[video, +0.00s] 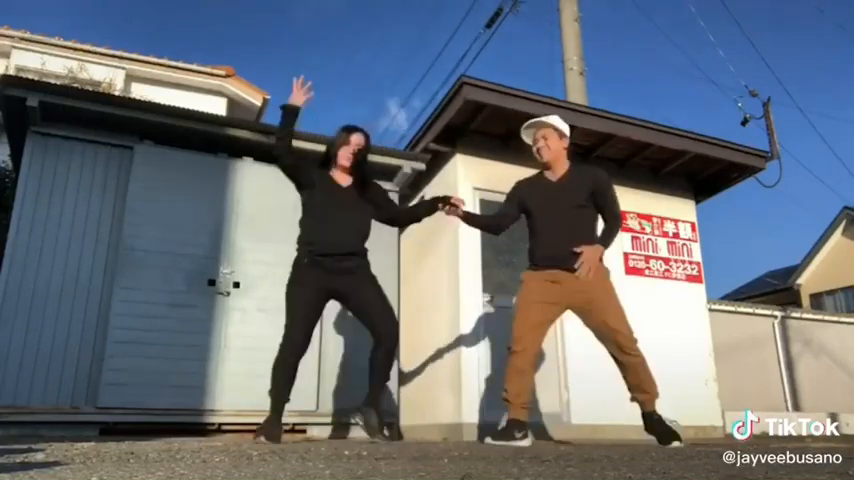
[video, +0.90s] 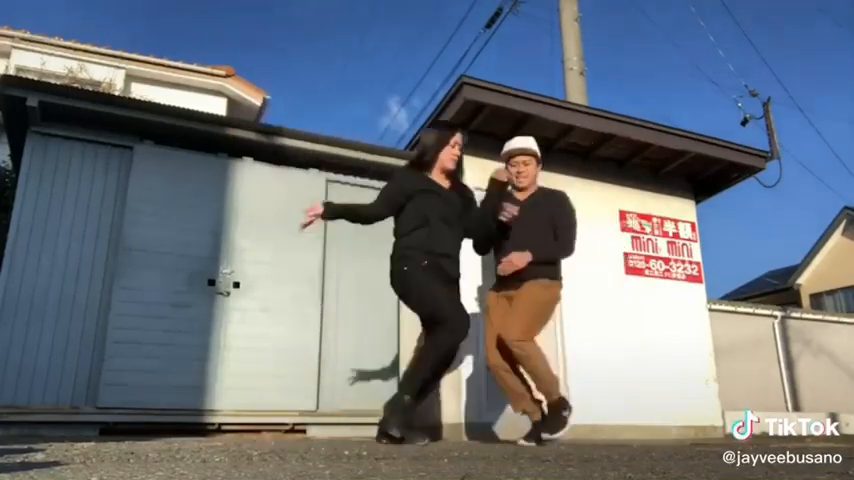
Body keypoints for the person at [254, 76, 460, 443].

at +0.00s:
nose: (352, 153)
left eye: (358, 150)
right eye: (348, 146)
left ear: (363, 156)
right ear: (335, 147)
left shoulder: (368, 190)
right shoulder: (311, 177)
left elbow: (399, 217)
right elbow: (281, 153)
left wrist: (436, 203)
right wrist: (292, 108)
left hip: (354, 273)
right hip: (311, 271)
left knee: (387, 332)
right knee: (294, 342)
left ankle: (372, 408)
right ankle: (275, 418)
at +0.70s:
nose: (403, 148)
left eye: (405, 143)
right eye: (398, 141)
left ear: (401, 147)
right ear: (379, 140)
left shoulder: (402, 185)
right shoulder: (349, 170)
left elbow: (423, 222)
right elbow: (300, 157)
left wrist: (456, 204)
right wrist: (267, 114)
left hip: (390, 274)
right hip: (349, 270)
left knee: (412, 334)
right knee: (318, 339)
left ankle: (396, 417)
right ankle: (275, 411)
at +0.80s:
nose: (430, 151)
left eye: (433, 146)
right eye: (426, 144)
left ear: (432, 150)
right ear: (407, 143)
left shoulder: (429, 189)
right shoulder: (378, 174)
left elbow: (436, 231)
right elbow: (330, 188)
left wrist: (461, 209)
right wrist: (288, 162)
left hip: (421, 276)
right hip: (384, 271)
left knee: (430, 342)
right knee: (374, 343)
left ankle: (395, 423)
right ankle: (309, 397)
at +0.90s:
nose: (457, 153)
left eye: (460, 149)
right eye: (452, 146)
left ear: (459, 155)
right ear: (434, 147)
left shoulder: (463, 195)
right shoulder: (410, 179)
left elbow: (481, 239)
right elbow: (373, 212)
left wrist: (495, 199)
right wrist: (330, 210)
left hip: (445, 276)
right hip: (411, 269)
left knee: (442, 349)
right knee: (455, 322)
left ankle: (400, 419)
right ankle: (402, 403)